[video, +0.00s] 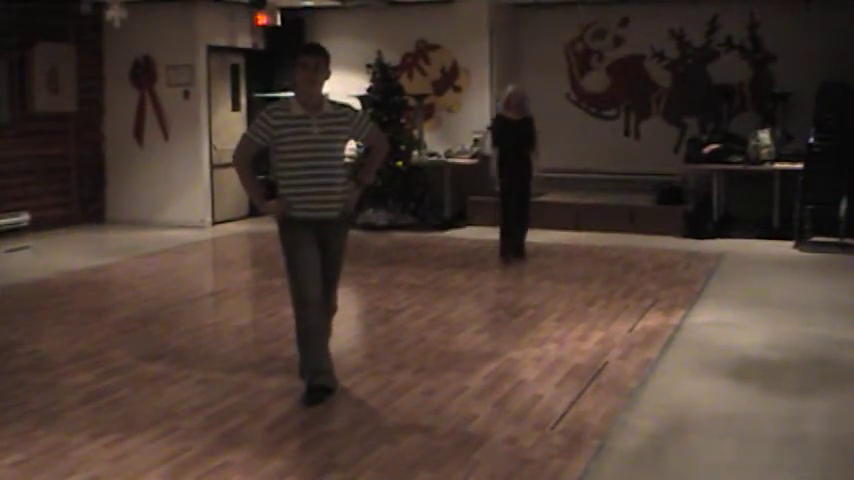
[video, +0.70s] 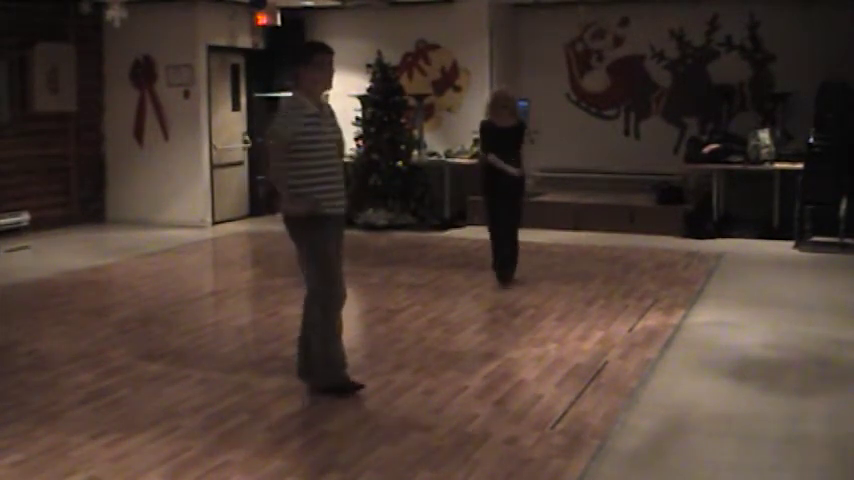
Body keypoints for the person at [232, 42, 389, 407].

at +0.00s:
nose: (309, 76)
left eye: (316, 70)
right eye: (303, 69)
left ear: (327, 75)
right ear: (293, 74)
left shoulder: (343, 115)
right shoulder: (274, 116)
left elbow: (380, 145)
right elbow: (241, 157)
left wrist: (357, 186)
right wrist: (261, 201)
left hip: (335, 218)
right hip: (295, 219)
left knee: (326, 297)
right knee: (308, 298)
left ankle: (314, 361)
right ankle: (318, 378)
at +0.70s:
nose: (330, 74)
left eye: (331, 68)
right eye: (323, 68)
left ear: (326, 72)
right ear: (304, 71)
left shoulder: (325, 111)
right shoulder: (291, 111)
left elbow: (334, 158)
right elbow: (275, 160)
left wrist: (337, 194)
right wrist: (290, 198)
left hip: (331, 212)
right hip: (308, 214)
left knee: (324, 290)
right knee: (328, 292)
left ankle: (311, 362)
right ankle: (328, 373)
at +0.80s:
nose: (333, 71)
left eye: (332, 66)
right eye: (327, 66)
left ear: (314, 72)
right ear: (308, 71)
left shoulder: (314, 108)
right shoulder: (299, 109)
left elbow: (311, 156)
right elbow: (290, 149)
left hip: (320, 211)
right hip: (311, 212)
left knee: (318, 287)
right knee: (334, 290)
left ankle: (305, 361)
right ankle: (330, 371)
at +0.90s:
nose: (327, 72)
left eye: (325, 65)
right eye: (323, 66)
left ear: (300, 71)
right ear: (312, 70)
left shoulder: (292, 105)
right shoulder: (315, 106)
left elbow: (277, 143)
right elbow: (327, 156)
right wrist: (333, 202)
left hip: (299, 209)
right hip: (319, 209)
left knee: (315, 288)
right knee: (336, 291)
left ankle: (304, 364)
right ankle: (333, 370)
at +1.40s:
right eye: (302, 67)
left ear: (275, 75)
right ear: (306, 71)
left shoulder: (263, 112)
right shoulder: (329, 107)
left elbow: (226, 150)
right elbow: (364, 142)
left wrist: (251, 181)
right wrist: (377, 172)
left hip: (287, 216)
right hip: (329, 212)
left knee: (290, 294)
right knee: (331, 296)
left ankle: (295, 368)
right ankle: (331, 376)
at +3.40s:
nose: (335, 70)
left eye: (333, 64)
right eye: (334, 65)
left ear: (300, 68)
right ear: (330, 68)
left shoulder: (285, 106)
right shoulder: (342, 107)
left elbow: (257, 142)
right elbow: (356, 153)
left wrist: (258, 180)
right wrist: (398, 187)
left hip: (290, 209)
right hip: (332, 209)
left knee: (293, 288)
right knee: (339, 288)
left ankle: (290, 365)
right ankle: (343, 359)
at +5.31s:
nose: (304, 73)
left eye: (301, 66)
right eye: (302, 67)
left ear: (266, 71)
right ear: (298, 70)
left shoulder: (252, 112)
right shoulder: (313, 112)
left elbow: (237, 168)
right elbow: (333, 172)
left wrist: (257, 200)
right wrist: (373, 194)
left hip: (266, 226)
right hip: (310, 225)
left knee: (266, 305)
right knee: (326, 299)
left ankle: (269, 388)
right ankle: (335, 374)